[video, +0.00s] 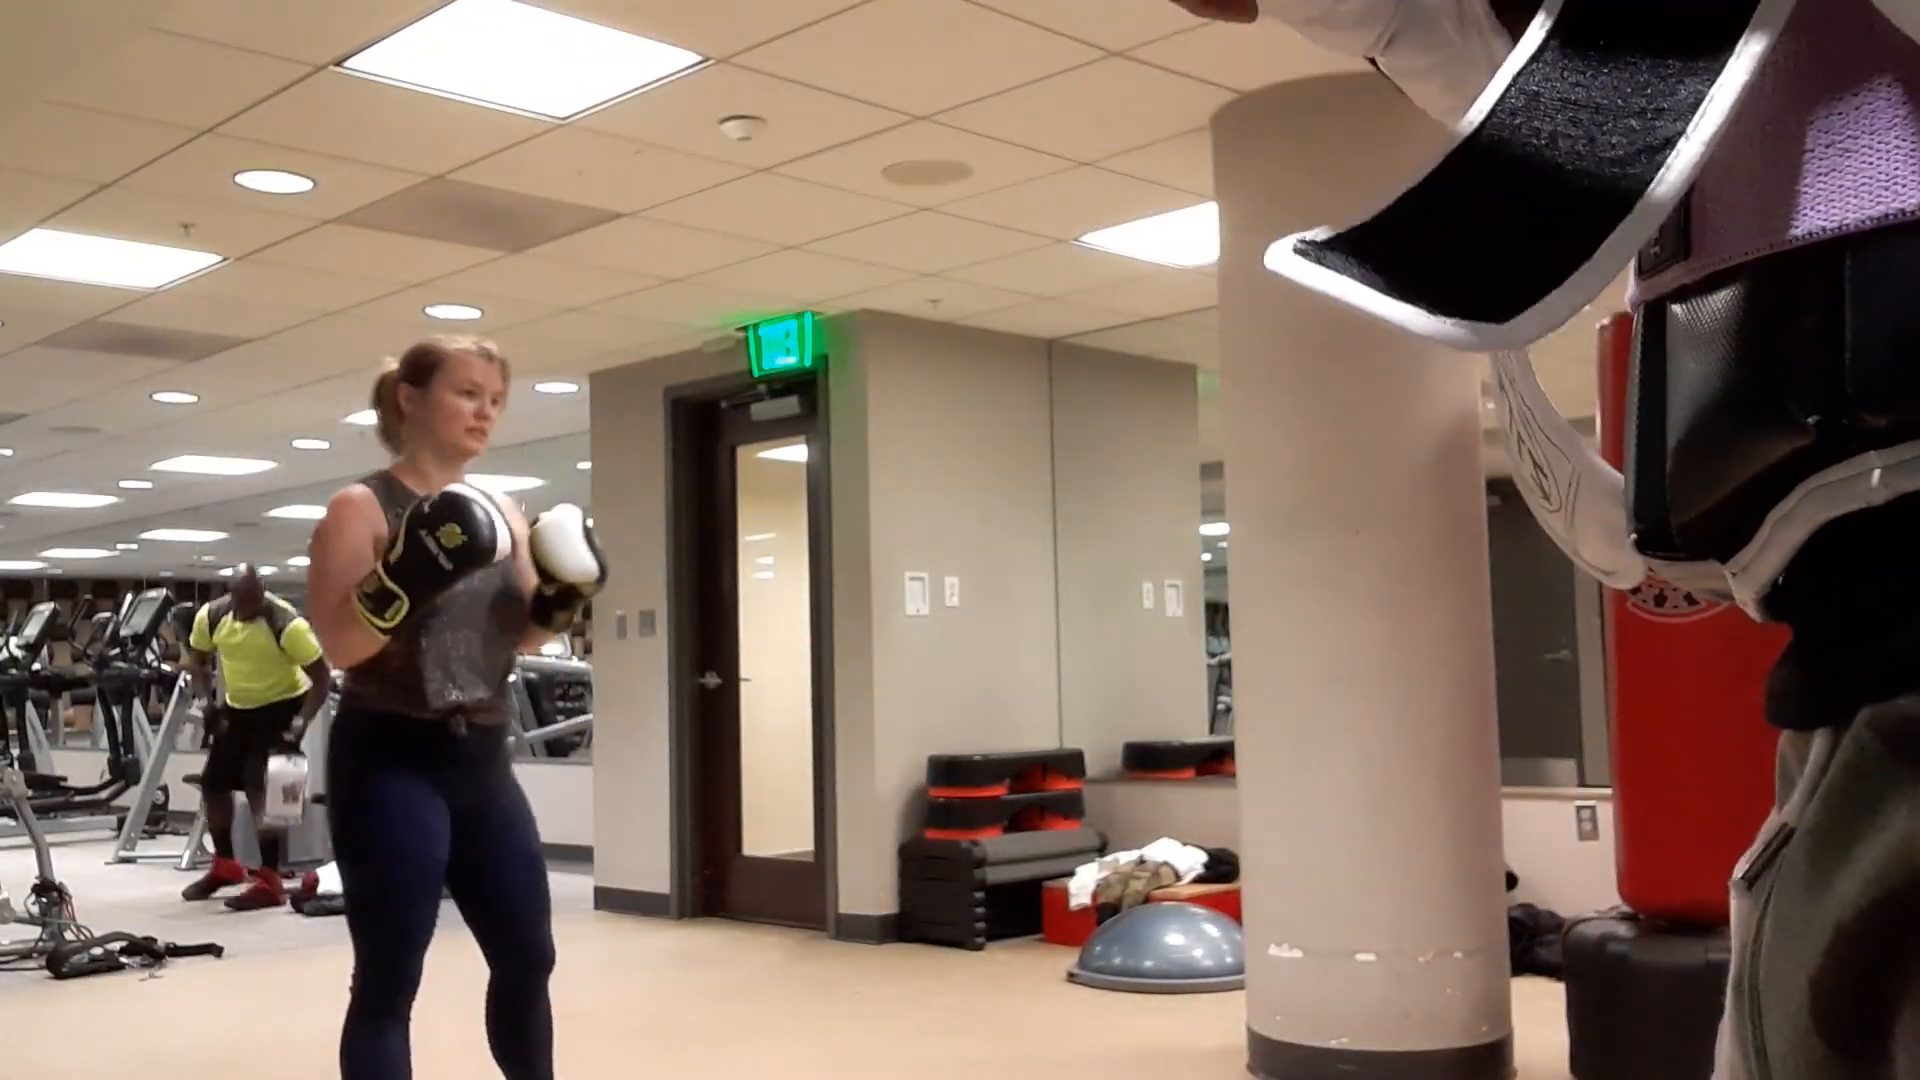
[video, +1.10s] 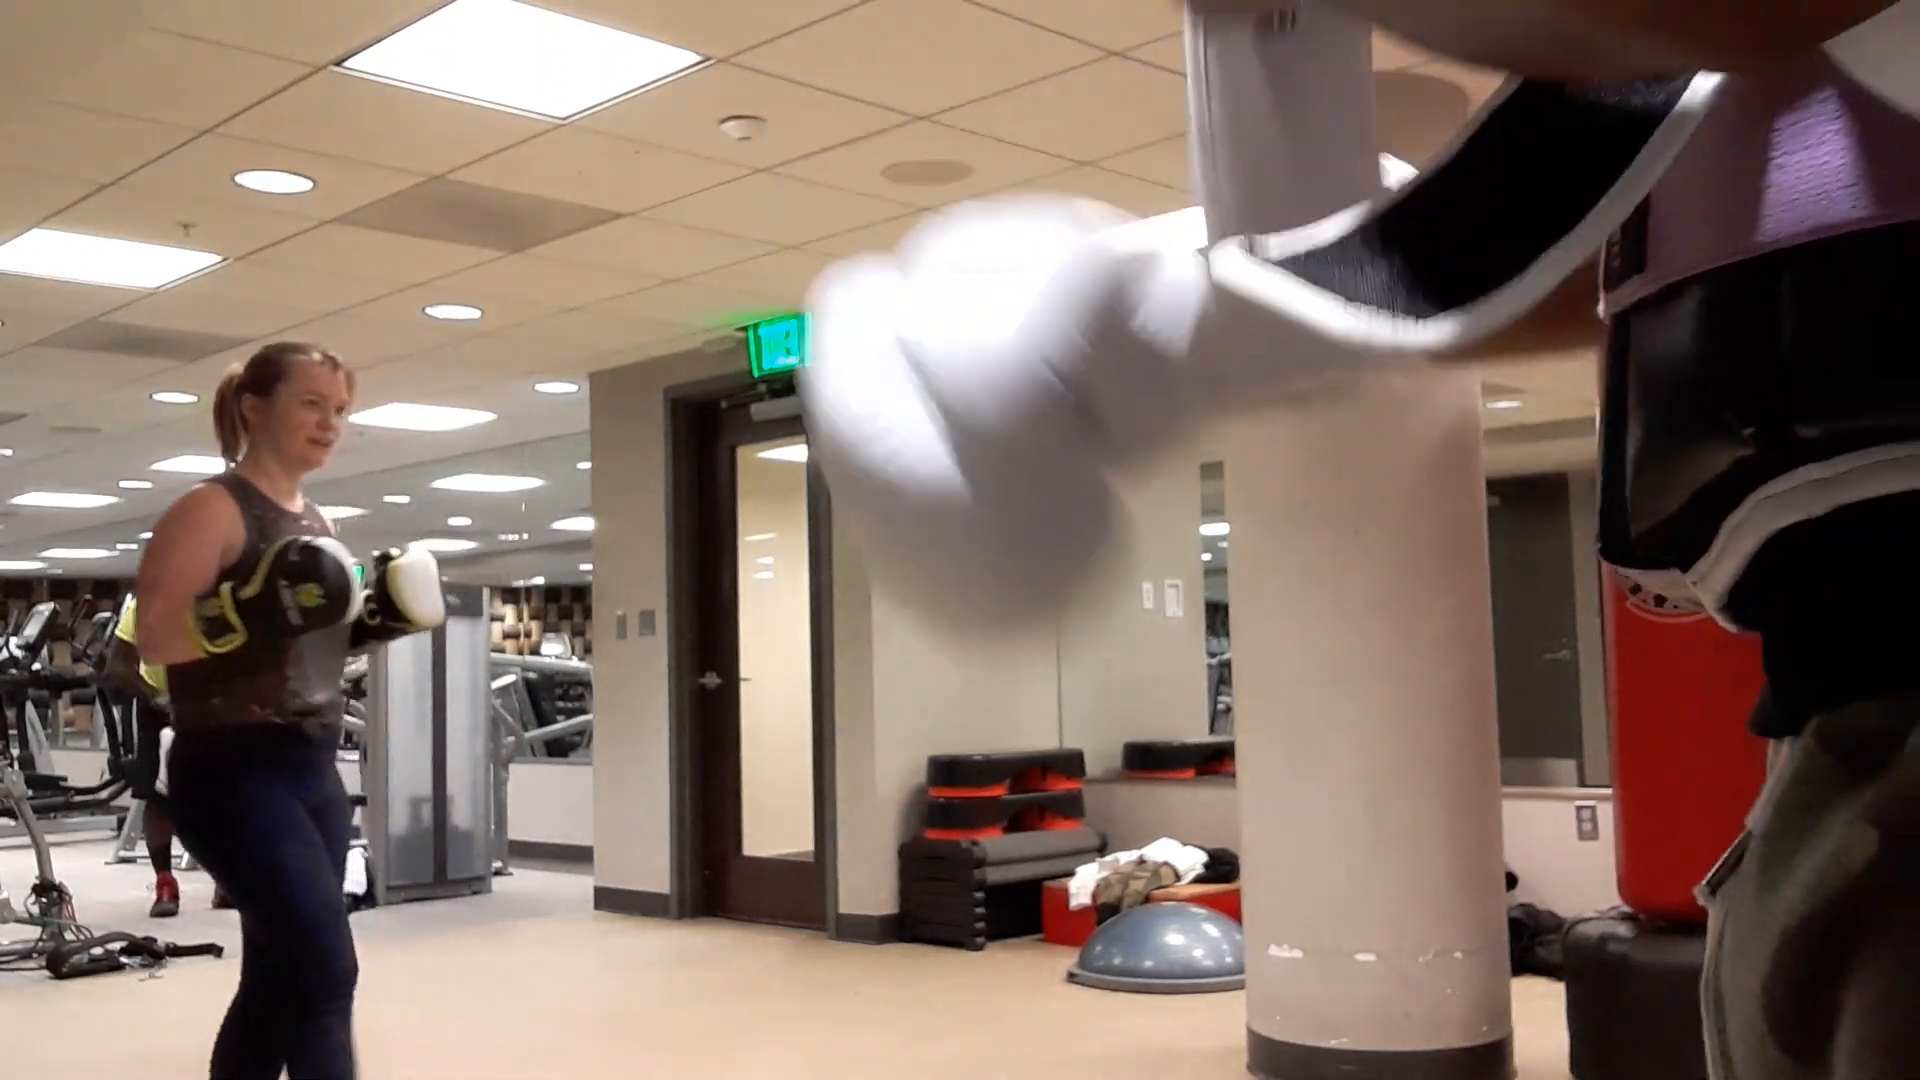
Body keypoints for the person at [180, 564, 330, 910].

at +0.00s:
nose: (242, 608)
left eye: (249, 601)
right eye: (238, 601)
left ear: (262, 594)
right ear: (229, 594)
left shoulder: (286, 625)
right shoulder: (210, 617)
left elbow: (322, 678)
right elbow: (198, 660)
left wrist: (299, 727)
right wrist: (207, 702)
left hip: (280, 710)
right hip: (237, 711)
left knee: (261, 789)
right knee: (215, 786)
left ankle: (269, 878)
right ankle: (225, 864)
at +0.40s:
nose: (259, 583)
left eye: (267, 576)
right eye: (257, 573)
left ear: (277, 579)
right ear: (249, 569)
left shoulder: (285, 608)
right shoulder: (209, 597)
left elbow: (311, 657)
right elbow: (179, 646)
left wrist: (279, 685)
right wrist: (204, 682)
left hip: (263, 708)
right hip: (213, 703)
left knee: (262, 792)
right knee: (185, 787)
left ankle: (269, 880)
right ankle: (173, 877)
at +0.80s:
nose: (211, 576)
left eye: (217, 568)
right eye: (207, 567)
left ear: (228, 572)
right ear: (196, 567)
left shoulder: (239, 606)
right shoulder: (164, 602)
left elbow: (265, 648)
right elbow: (132, 657)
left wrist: (250, 688)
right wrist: (164, 687)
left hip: (231, 709)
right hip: (176, 710)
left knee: (246, 794)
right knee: (163, 796)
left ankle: (259, 877)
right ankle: (165, 883)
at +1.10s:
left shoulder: (216, 601)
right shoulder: (143, 602)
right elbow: (118, 667)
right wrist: (154, 699)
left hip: (205, 713)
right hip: (158, 712)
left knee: (217, 797)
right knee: (158, 799)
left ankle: (226, 881)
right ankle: (165, 884)